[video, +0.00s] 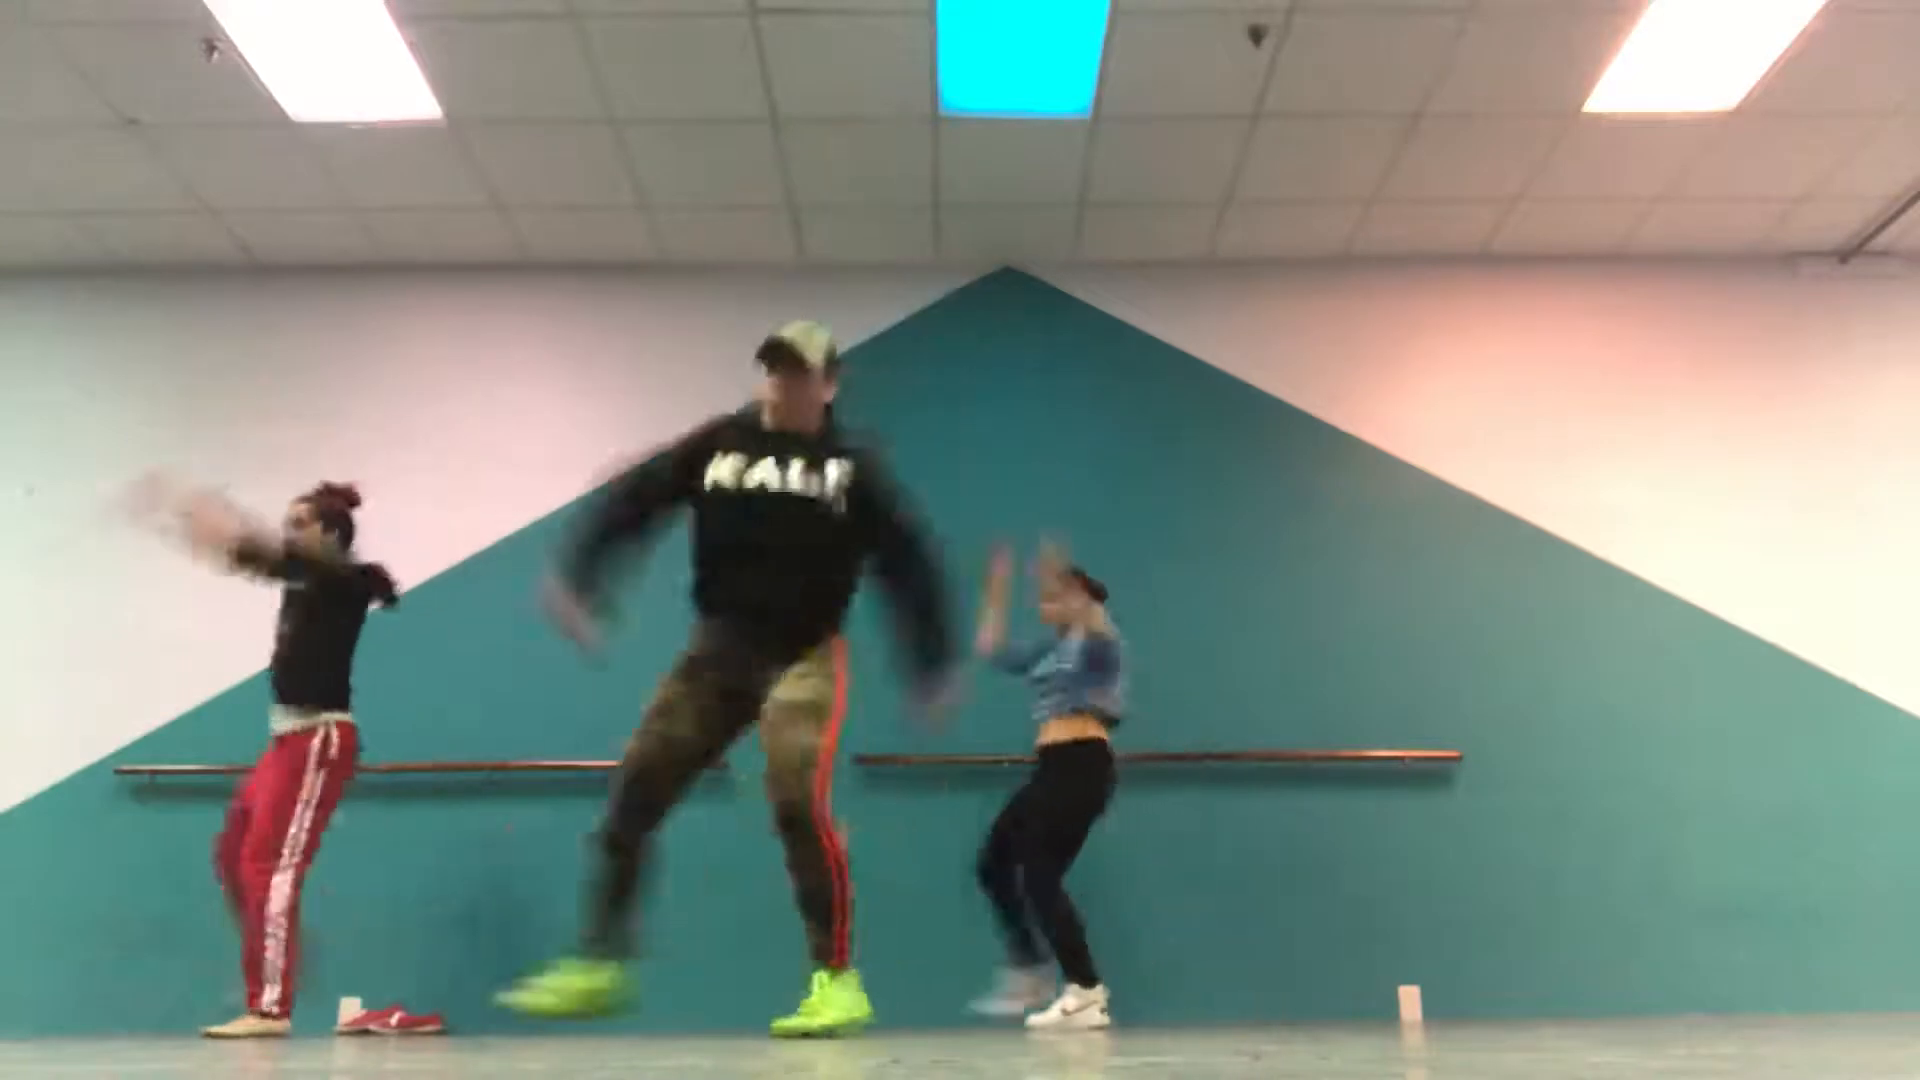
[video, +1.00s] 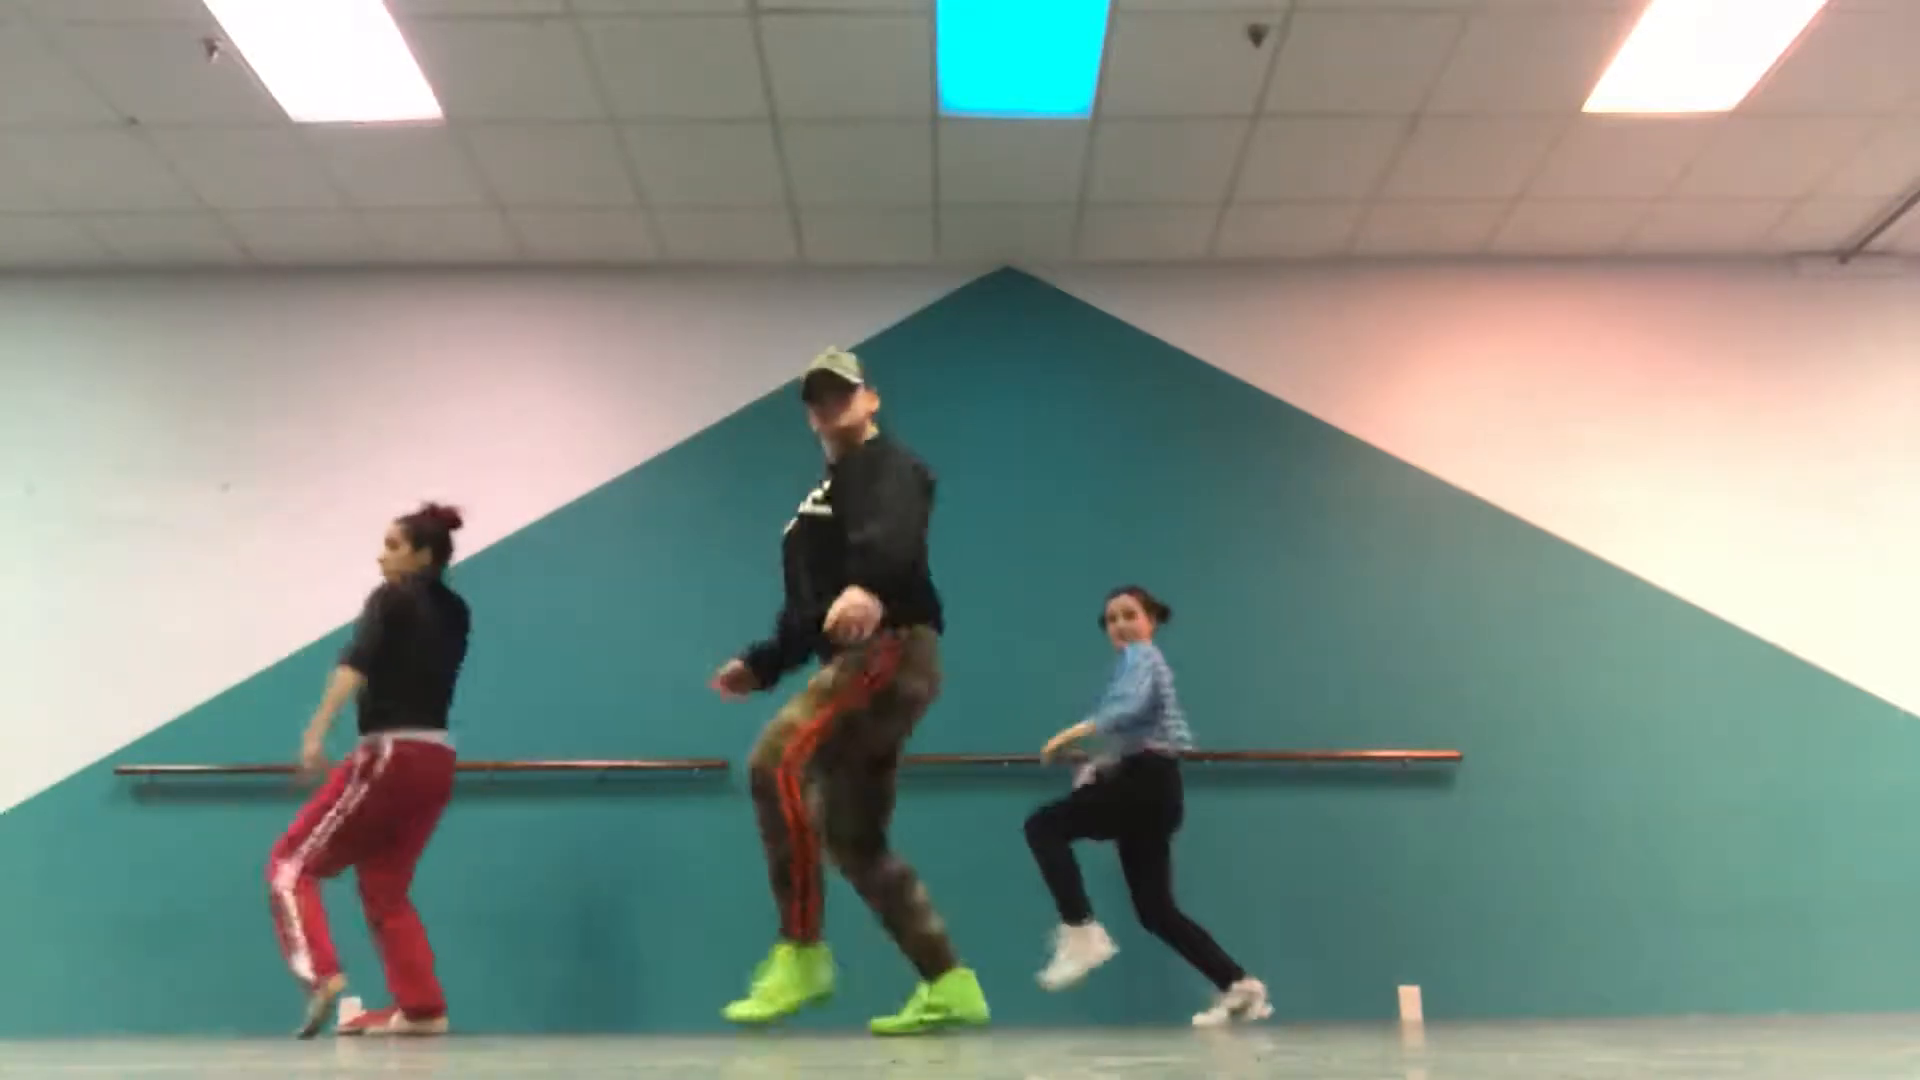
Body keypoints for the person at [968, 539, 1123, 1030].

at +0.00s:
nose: (1046, 608)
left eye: (1056, 597)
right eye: (1044, 599)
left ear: (1083, 600)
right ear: (1045, 605)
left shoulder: (1100, 645)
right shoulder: (1049, 650)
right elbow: (991, 648)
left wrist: (1090, 612)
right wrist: (998, 586)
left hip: (1085, 760)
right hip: (1051, 762)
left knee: (1040, 872)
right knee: (996, 864)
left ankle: (1084, 989)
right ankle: (1028, 972)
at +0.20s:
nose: (1015, 631)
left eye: (1028, 625)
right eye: (1012, 624)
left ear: (1051, 636)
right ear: (1005, 633)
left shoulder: (1069, 691)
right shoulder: (990, 683)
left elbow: (1100, 753)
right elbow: (938, 729)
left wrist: (1078, 806)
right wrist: (926, 781)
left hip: (1048, 796)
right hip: (1000, 796)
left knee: (1006, 886)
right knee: (944, 888)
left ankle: (1072, 986)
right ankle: (922, 998)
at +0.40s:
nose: (1024, 595)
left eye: (1036, 588)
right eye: (1019, 587)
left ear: (1056, 603)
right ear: (1010, 600)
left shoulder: (1067, 651)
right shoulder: (1002, 657)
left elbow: (1094, 710)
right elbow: (991, 718)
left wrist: (1075, 760)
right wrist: (978, 765)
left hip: (1061, 762)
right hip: (1019, 764)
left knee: (1032, 875)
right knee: (989, 877)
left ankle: (1078, 991)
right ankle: (940, 989)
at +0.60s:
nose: (1062, 589)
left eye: (1073, 580)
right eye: (1056, 582)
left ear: (1096, 589)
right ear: (1050, 593)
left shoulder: (1088, 633)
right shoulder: (1062, 635)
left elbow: (1108, 701)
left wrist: (1116, 764)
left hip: (1065, 739)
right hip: (1047, 740)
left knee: (1059, 864)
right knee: (1061, 863)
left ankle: (1080, 986)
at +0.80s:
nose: (1104, 612)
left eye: (1113, 602)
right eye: (1096, 606)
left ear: (1135, 607)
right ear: (1091, 616)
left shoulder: (1129, 648)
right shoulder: (1109, 654)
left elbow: (1113, 708)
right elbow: (1106, 716)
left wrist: (1083, 767)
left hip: (1115, 762)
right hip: (1118, 765)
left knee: (1026, 835)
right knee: (1137, 888)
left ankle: (1049, 958)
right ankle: (1221, 973)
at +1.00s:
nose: (1120, 625)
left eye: (1129, 616)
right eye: (1112, 619)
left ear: (1151, 621)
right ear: (1107, 629)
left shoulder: (1142, 656)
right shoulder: (1134, 666)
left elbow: (1131, 707)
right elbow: (1134, 736)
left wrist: (1075, 733)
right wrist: (1095, 765)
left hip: (1145, 778)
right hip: (1151, 785)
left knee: (1044, 828)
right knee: (1155, 911)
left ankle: (1082, 934)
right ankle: (1238, 985)